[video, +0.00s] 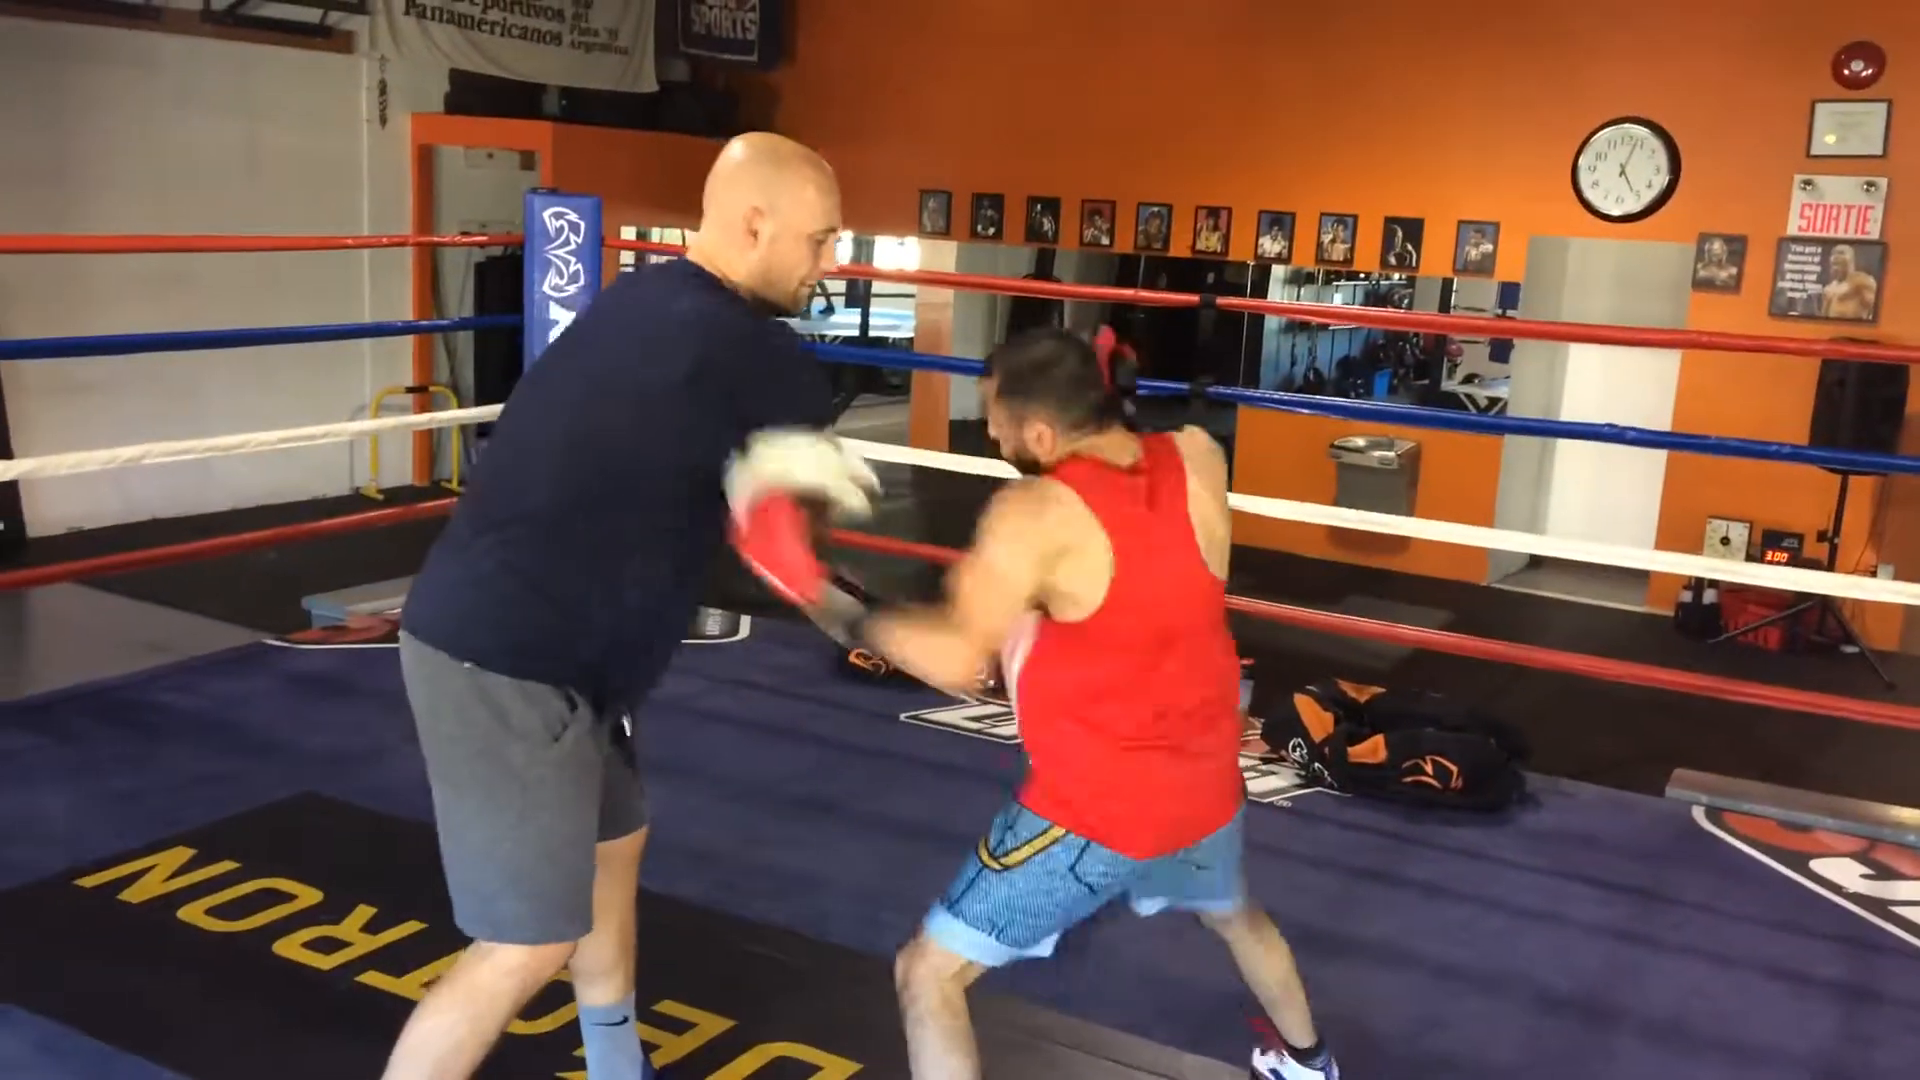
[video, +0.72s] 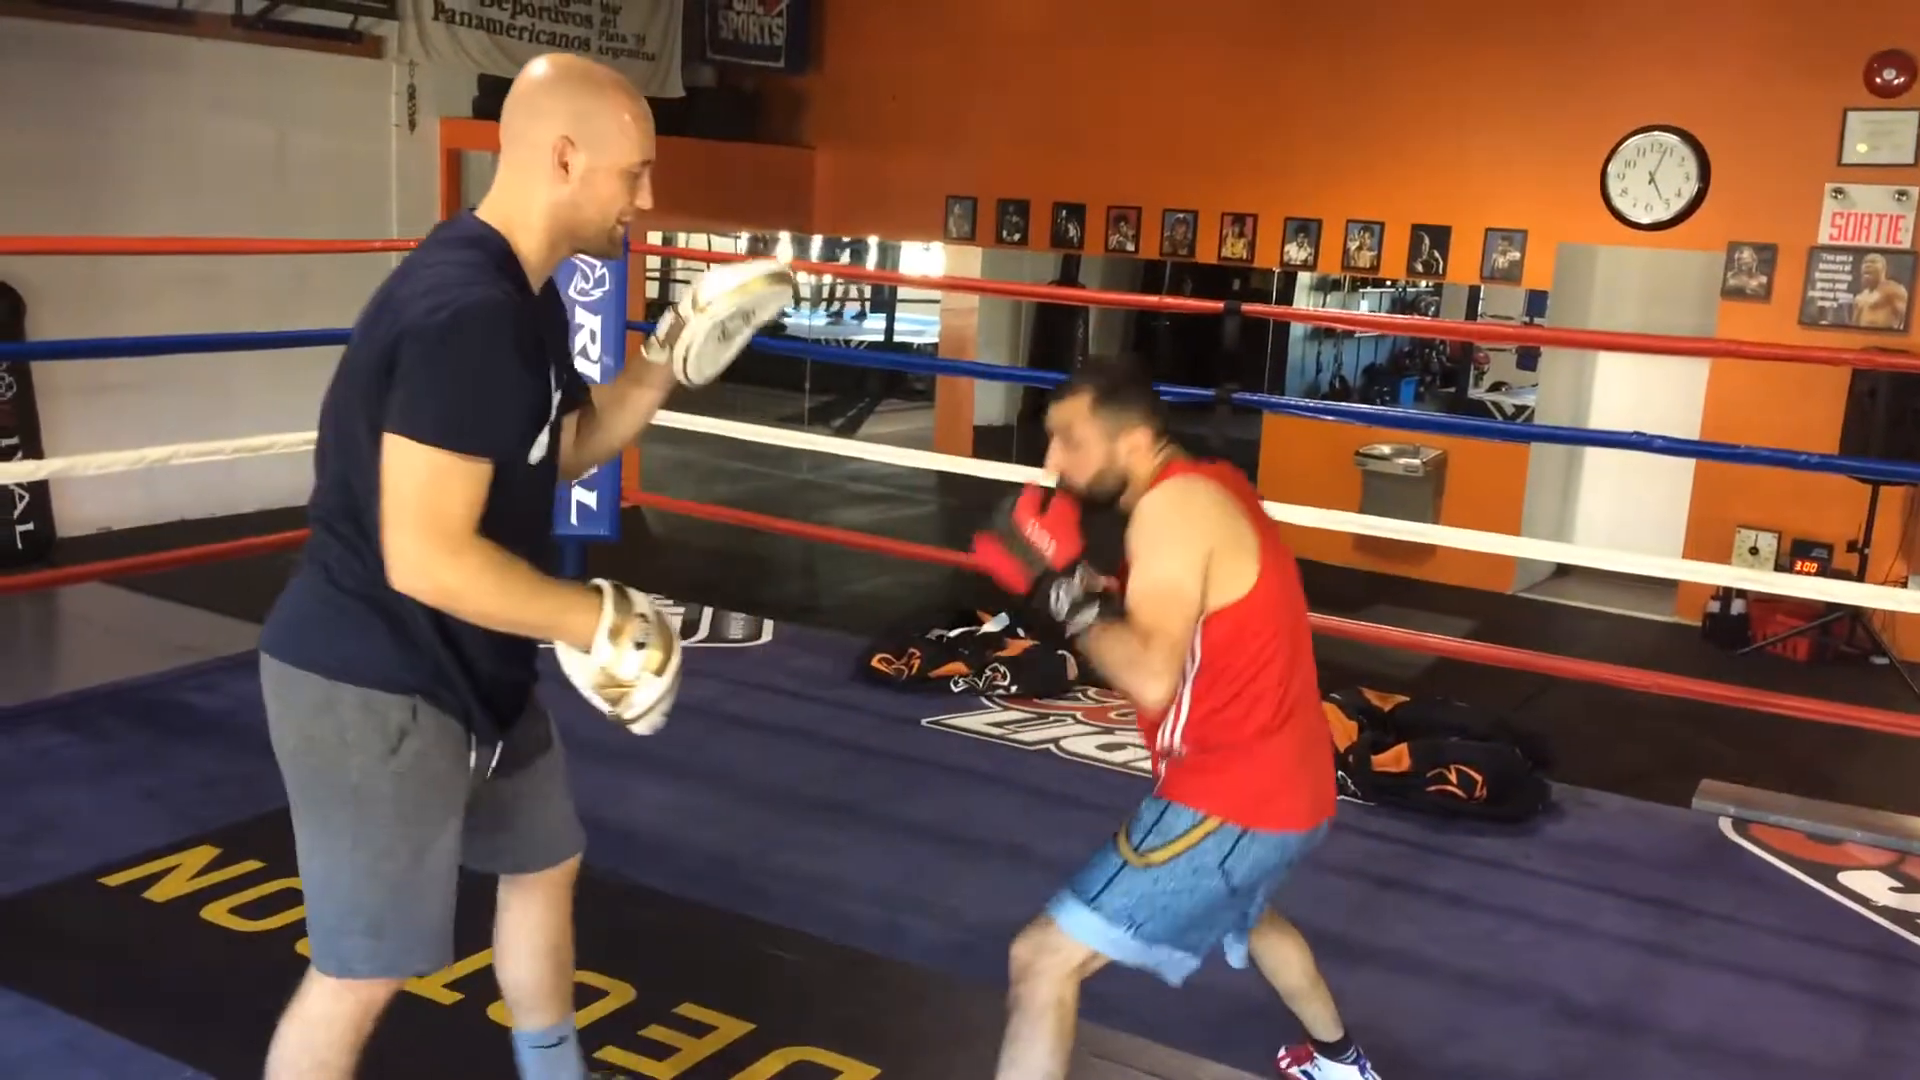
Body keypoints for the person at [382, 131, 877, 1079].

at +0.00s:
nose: (827, 265)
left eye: (830, 242)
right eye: (818, 240)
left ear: (736, 223)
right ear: (753, 223)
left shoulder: (638, 301)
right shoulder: (745, 348)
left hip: (560, 653)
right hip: (500, 656)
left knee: (613, 839)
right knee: (527, 938)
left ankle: (616, 1067)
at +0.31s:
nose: (752, 218)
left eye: (752, 194)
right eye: (739, 191)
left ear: (651, 185)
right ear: (667, 183)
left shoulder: (551, 296)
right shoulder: (650, 319)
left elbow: (573, 506)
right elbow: (703, 549)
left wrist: (743, 554)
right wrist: (798, 556)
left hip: (554, 660)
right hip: (486, 669)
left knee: (602, 857)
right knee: (487, 949)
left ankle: (620, 1071)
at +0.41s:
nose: (706, 206)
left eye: (705, 182)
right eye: (689, 180)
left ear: (606, 178)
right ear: (613, 175)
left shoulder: (525, 290)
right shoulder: (593, 315)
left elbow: (530, 447)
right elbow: (613, 549)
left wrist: (668, 457)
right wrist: (764, 602)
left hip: (518, 677)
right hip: (453, 685)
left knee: (579, 876)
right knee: (438, 954)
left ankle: (622, 1071)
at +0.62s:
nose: (653, 206)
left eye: (654, 181)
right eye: (639, 178)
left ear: (563, 169)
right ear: (564, 166)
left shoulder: (531, 306)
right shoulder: (480, 311)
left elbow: (560, 479)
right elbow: (460, 558)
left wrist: (675, 387)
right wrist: (641, 616)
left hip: (480, 664)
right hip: (379, 682)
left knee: (533, 891)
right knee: (378, 971)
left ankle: (599, 1072)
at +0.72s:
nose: (644, 203)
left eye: (647, 178)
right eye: (634, 175)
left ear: (558, 158)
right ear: (560, 157)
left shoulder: (523, 293)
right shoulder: (464, 303)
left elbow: (564, 446)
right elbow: (425, 558)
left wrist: (674, 357)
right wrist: (603, 617)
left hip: (475, 657)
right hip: (366, 677)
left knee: (540, 863)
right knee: (360, 961)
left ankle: (555, 1074)